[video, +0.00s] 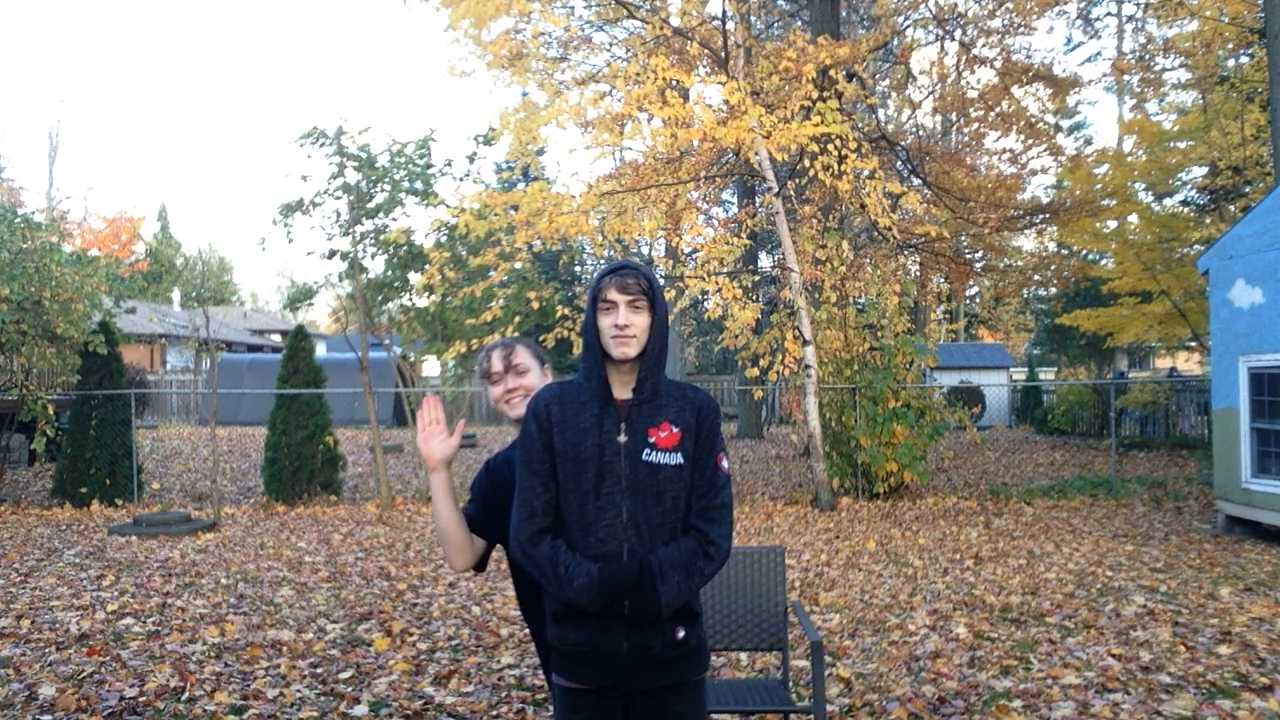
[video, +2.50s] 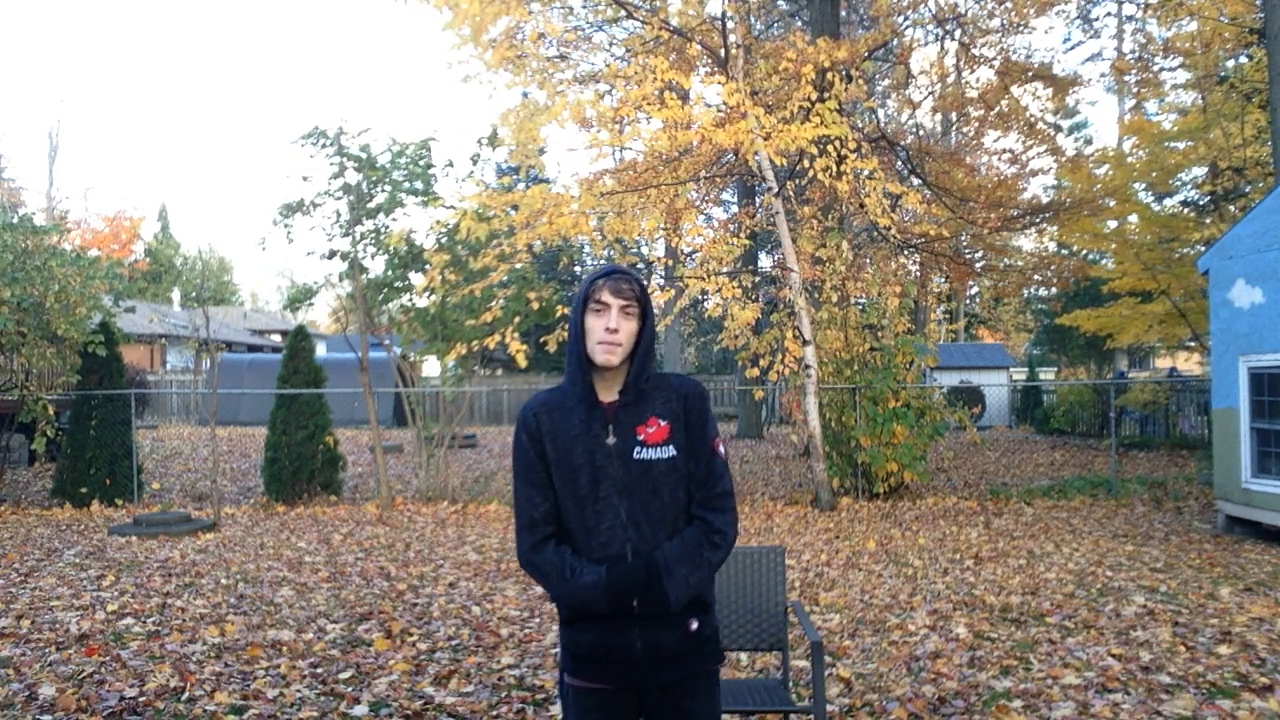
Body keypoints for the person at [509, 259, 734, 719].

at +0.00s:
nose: (621, 320)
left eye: (636, 307)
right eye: (608, 308)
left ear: (656, 319)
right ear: (592, 320)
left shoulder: (694, 408)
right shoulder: (550, 407)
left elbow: (713, 534)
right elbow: (527, 534)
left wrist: (648, 580)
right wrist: (595, 583)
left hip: (671, 653)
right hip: (581, 660)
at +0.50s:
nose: (619, 320)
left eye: (634, 307)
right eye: (606, 307)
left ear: (655, 320)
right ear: (591, 319)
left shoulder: (691, 409)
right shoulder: (546, 405)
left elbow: (705, 535)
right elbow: (521, 531)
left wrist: (636, 581)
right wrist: (585, 581)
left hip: (662, 655)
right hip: (572, 659)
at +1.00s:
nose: (609, 325)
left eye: (623, 311)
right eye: (595, 313)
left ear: (644, 322)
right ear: (581, 327)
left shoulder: (692, 402)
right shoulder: (553, 420)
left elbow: (726, 523)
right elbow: (543, 550)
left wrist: (665, 578)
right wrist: (615, 588)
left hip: (692, 652)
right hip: (603, 658)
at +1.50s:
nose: (632, 320)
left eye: (645, 307)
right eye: (618, 308)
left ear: (667, 319)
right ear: (603, 321)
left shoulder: (702, 411)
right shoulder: (559, 404)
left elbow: (715, 539)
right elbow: (526, 525)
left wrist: (645, 579)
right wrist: (592, 579)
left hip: (668, 654)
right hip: (578, 654)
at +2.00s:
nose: (645, 325)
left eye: (659, 311)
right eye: (632, 311)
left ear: (679, 324)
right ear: (616, 323)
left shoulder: (713, 412)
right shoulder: (569, 404)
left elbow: (728, 537)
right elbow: (540, 529)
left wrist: (661, 583)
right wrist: (606, 585)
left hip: (680, 652)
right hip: (591, 653)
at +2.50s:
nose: (612, 325)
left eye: (627, 313)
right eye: (599, 310)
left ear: (642, 329)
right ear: (578, 322)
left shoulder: (683, 400)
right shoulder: (541, 416)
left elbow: (718, 518)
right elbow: (534, 543)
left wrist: (658, 576)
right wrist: (602, 587)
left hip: (682, 649)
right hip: (593, 654)